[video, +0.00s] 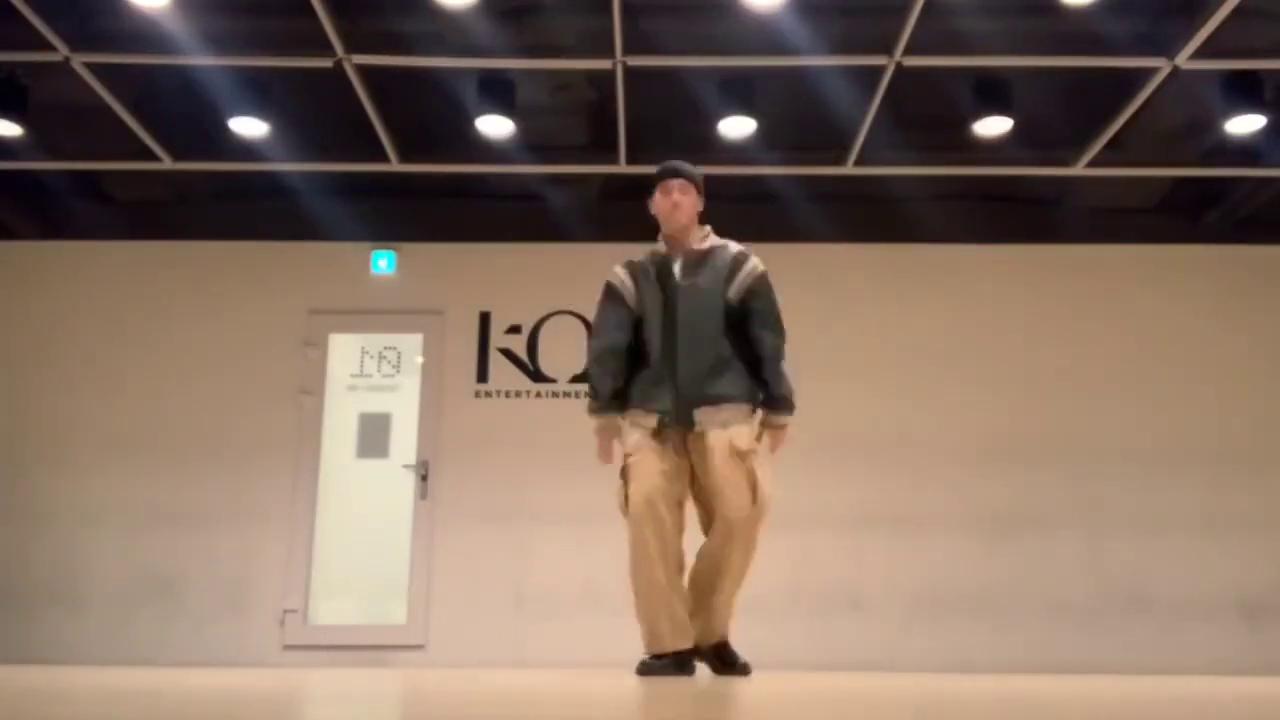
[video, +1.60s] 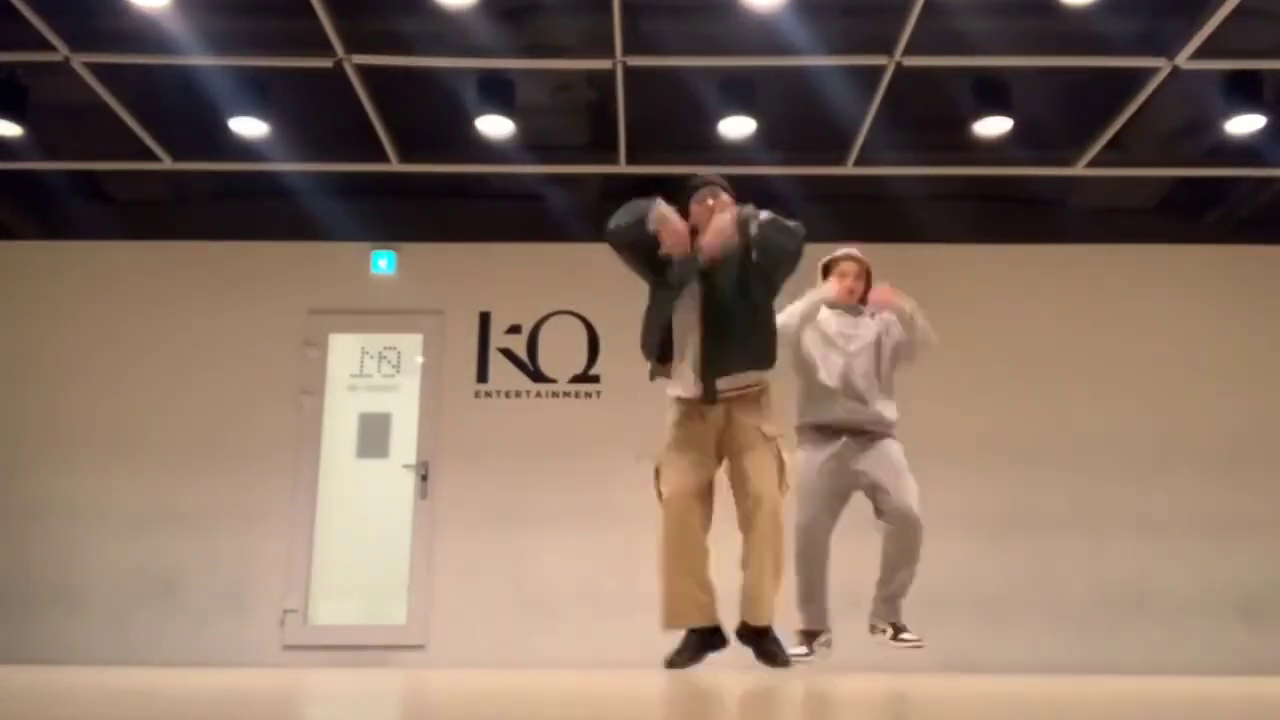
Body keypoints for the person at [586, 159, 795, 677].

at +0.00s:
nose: (673, 201)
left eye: (682, 192)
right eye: (665, 194)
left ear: (700, 202)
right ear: (652, 206)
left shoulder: (738, 265)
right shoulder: (631, 275)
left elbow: (766, 341)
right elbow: (608, 349)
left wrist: (778, 408)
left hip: (724, 418)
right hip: (650, 421)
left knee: (739, 519)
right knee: (648, 517)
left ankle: (709, 631)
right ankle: (667, 645)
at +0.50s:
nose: (715, 196)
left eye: (721, 192)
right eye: (704, 191)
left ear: (731, 212)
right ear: (684, 211)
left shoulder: (755, 273)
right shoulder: (658, 254)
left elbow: (771, 343)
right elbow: (613, 309)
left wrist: (774, 400)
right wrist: (598, 371)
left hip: (738, 415)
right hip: (672, 412)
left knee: (731, 530)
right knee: (661, 523)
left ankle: (711, 643)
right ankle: (652, 635)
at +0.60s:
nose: (679, 188)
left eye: (690, 182)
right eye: (673, 184)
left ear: (710, 199)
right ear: (664, 204)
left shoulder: (746, 253)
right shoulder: (641, 252)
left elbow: (765, 310)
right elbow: (625, 290)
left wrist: (744, 346)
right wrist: (628, 320)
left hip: (725, 405)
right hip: (662, 403)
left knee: (728, 519)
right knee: (660, 516)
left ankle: (715, 633)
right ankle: (664, 631)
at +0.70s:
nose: (666, 201)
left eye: (675, 196)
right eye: (658, 200)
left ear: (696, 212)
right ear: (650, 223)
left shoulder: (730, 253)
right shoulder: (644, 268)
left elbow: (767, 285)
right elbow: (625, 283)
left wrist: (719, 280)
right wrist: (662, 260)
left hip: (722, 409)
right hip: (660, 411)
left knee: (729, 520)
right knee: (657, 523)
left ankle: (724, 641)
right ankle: (668, 644)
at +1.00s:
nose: (685, 191)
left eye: (691, 186)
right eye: (675, 188)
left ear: (703, 203)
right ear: (657, 208)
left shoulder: (733, 249)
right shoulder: (632, 259)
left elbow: (756, 307)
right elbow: (617, 314)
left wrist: (720, 332)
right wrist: (653, 333)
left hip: (721, 404)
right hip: (658, 408)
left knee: (729, 518)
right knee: (660, 520)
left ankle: (727, 631)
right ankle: (667, 639)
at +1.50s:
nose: (700, 200)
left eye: (708, 193)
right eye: (692, 195)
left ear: (726, 203)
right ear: (683, 209)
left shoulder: (757, 245)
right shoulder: (663, 249)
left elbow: (790, 280)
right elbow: (612, 278)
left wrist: (742, 312)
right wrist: (655, 297)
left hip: (746, 407)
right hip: (681, 409)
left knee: (751, 517)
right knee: (670, 513)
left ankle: (748, 631)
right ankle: (672, 633)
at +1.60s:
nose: (713, 211)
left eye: (721, 204)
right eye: (703, 204)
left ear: (736, 217)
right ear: (686, 217)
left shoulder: (755, 264)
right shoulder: (668, 266)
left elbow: (792, 238)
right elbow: (617, 231)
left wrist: (747, 219)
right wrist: (653, 210)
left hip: (750, 403)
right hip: (689, 407)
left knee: (765, 503)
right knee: (680, 503)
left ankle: (757, 624)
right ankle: (702, 626)